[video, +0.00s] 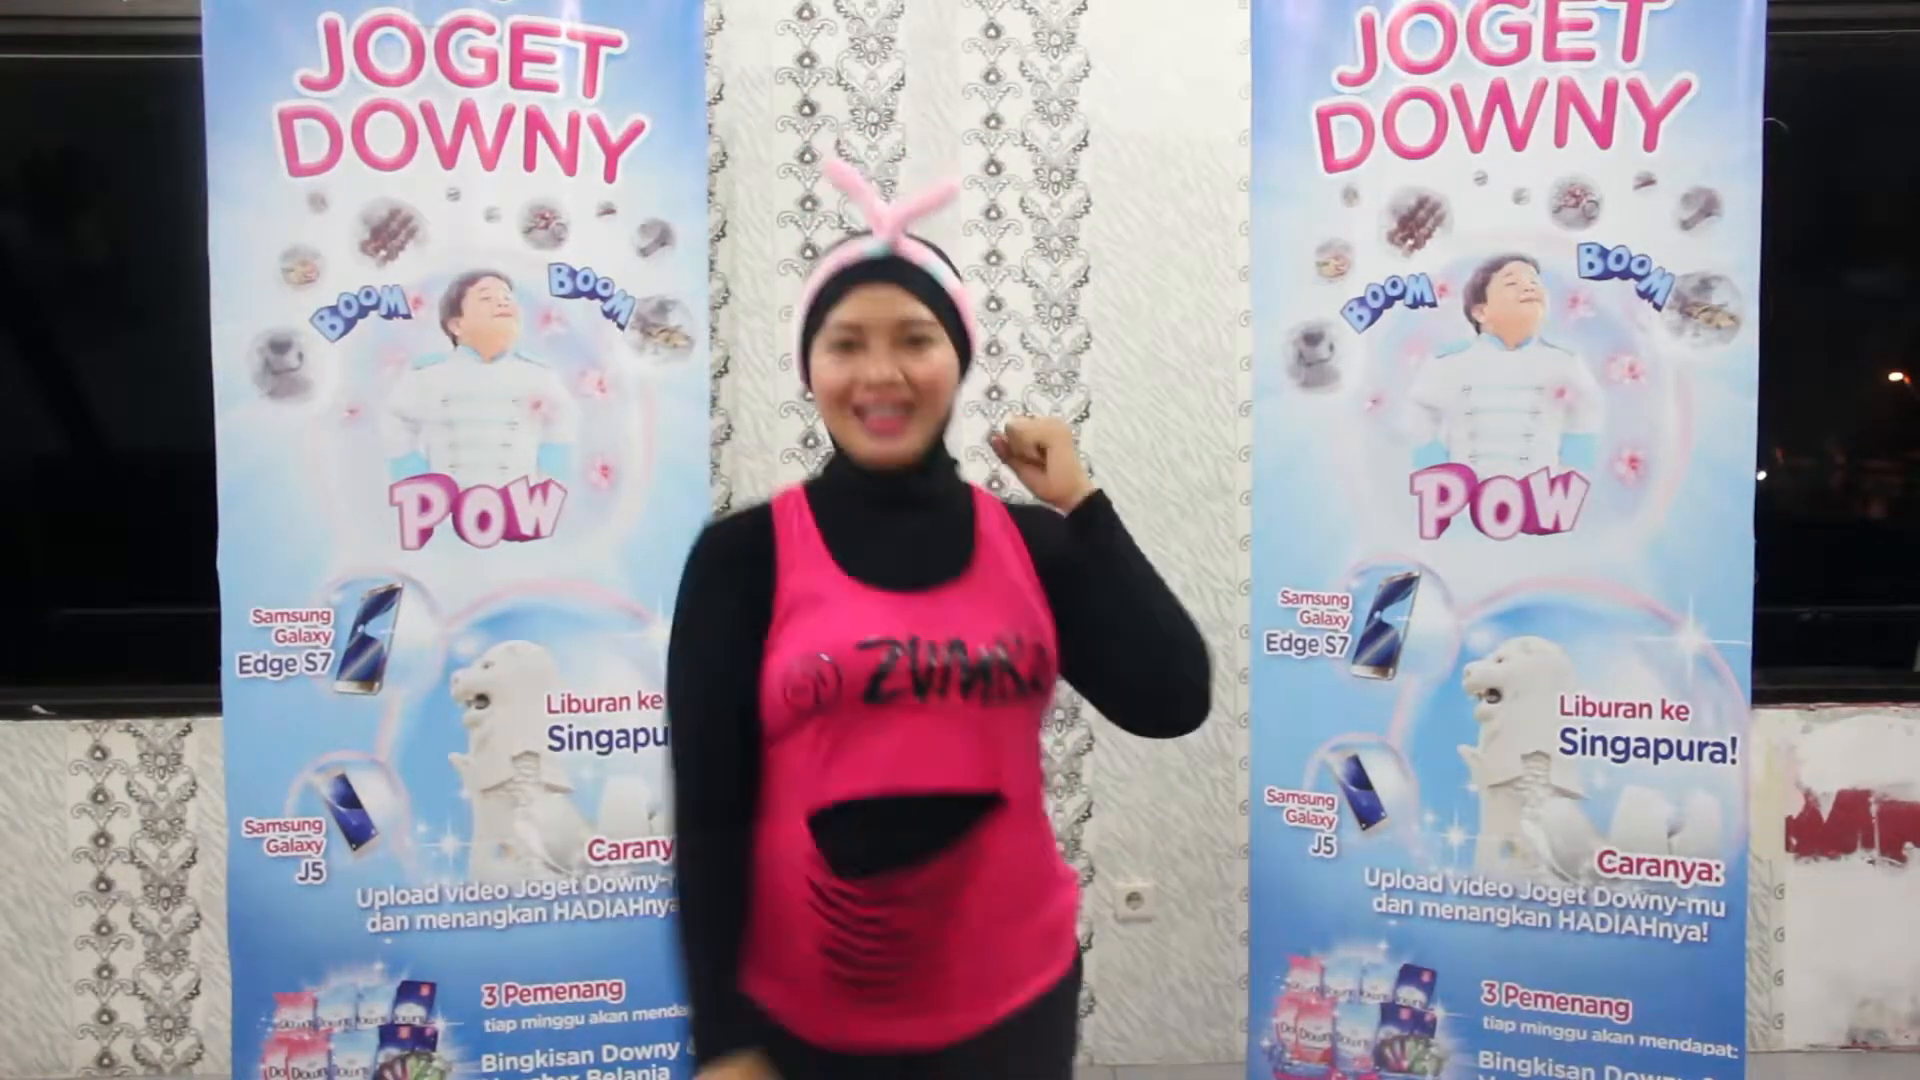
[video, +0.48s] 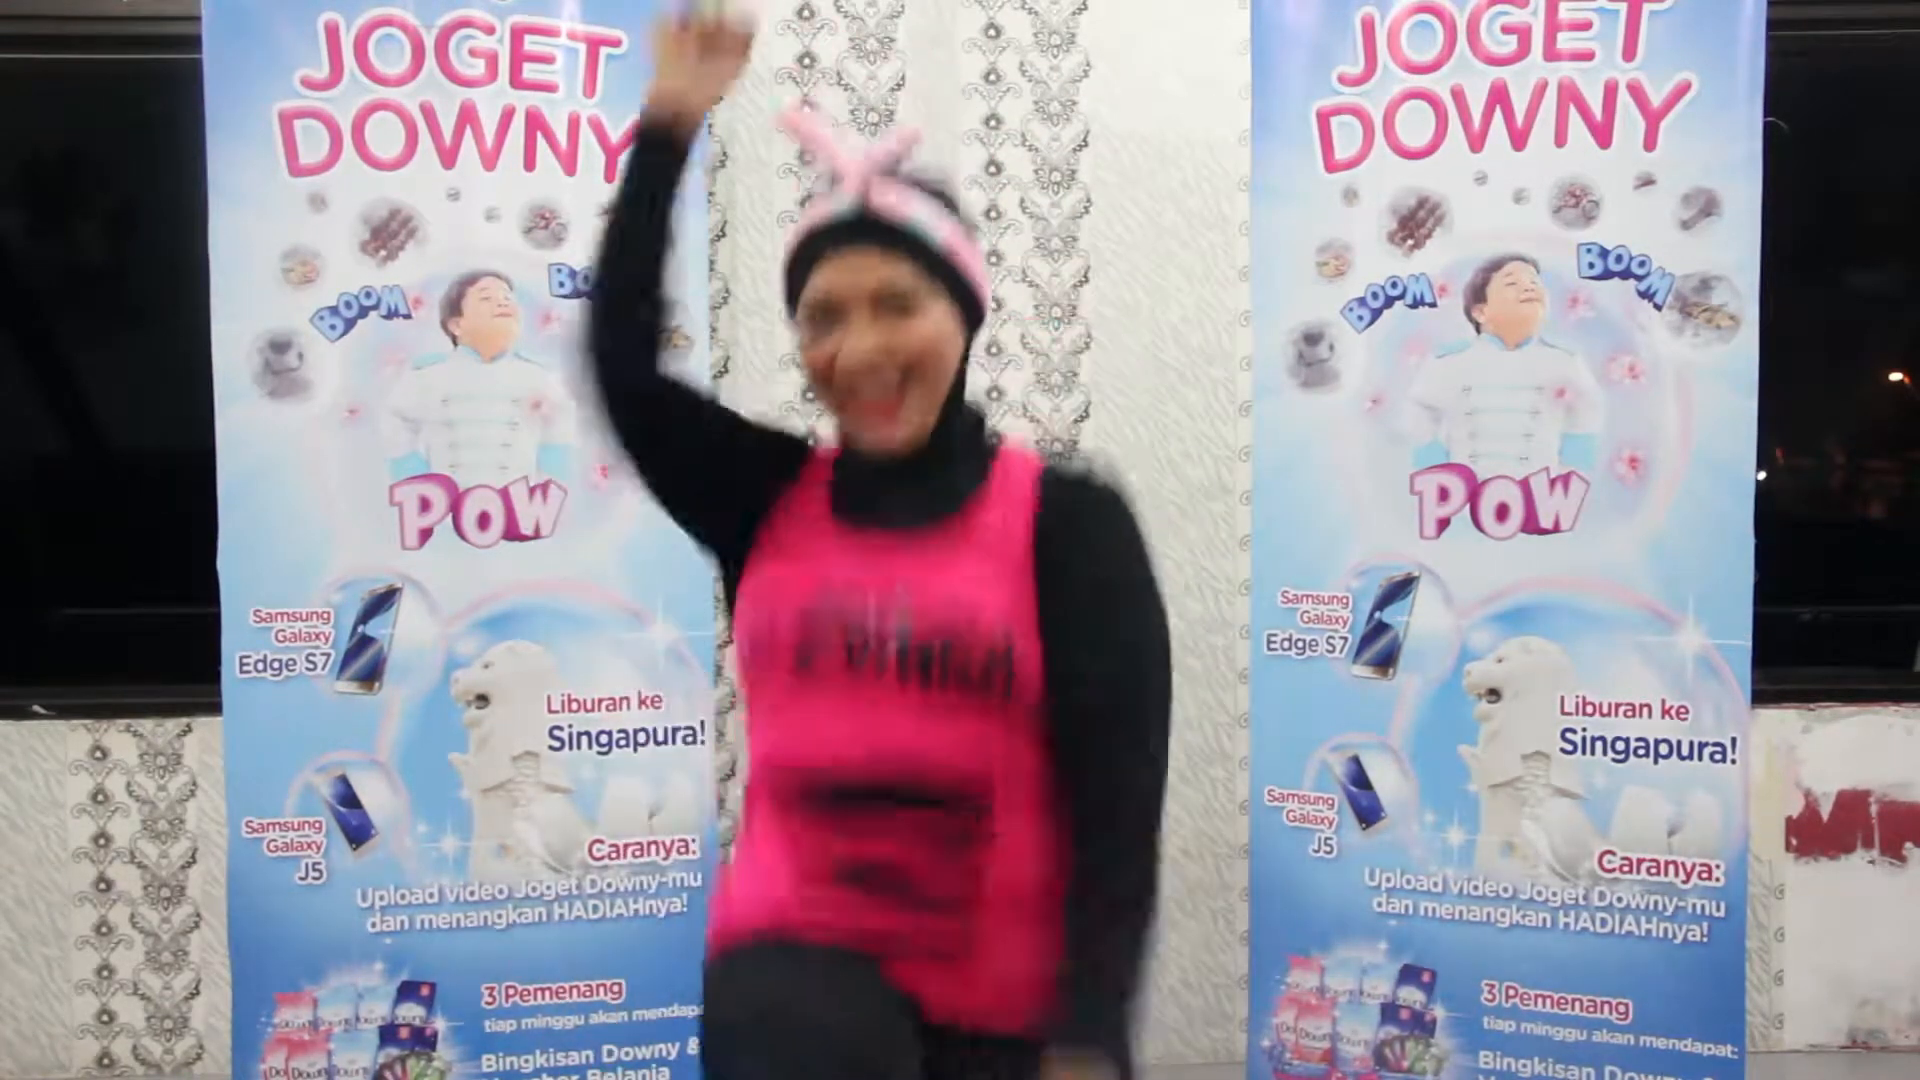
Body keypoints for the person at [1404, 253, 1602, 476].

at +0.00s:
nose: (1528, 287)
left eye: (1534, 281)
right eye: (1510, 282)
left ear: (1545, 300)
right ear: (1479, 311)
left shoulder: (1565, 365)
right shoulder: (1445, 367)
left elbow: (1583, 435)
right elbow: (1417, 424)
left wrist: (1563, 495)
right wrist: (1437, 482)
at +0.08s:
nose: (1529, 287)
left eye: (1534, 281)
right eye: (1510, 283)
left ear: (1545, 300)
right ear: (1479, 311)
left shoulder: (1565, 365)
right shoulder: (1445, 367)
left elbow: (1583, 437)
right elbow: (1417, 424)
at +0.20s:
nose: (1528, 287)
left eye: (1534, 281)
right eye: (1510, 282)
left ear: (1545, 300)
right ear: (1479, 311)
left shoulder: (1565, 365)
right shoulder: (1445, 367)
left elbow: (1583, 435)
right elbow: (1417, 424)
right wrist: (1437, 483)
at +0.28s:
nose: (1529, 287)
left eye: (1534, 281)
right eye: (1510, 282)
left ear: (1545, 300)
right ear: (1479, 311)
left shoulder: (1565, 365)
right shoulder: (1445, 367)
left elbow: (1583, 437)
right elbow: (1417, 425)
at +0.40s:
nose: (1529, 287)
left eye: (1534, 281)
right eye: (1510, 283)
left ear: (1545, 300)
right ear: (1479, 311)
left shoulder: (1565, 365)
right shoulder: (1445, 367)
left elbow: (1583, 435)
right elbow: (1417, 425)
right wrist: (1437, 483)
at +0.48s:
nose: (1529, 287)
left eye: (1534, 281)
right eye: (1511, 283)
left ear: (1545, 300)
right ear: (1479, 311)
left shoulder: (1565, 365)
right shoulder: (1445, 367)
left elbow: (1582, 438)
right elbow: (1418, 426)